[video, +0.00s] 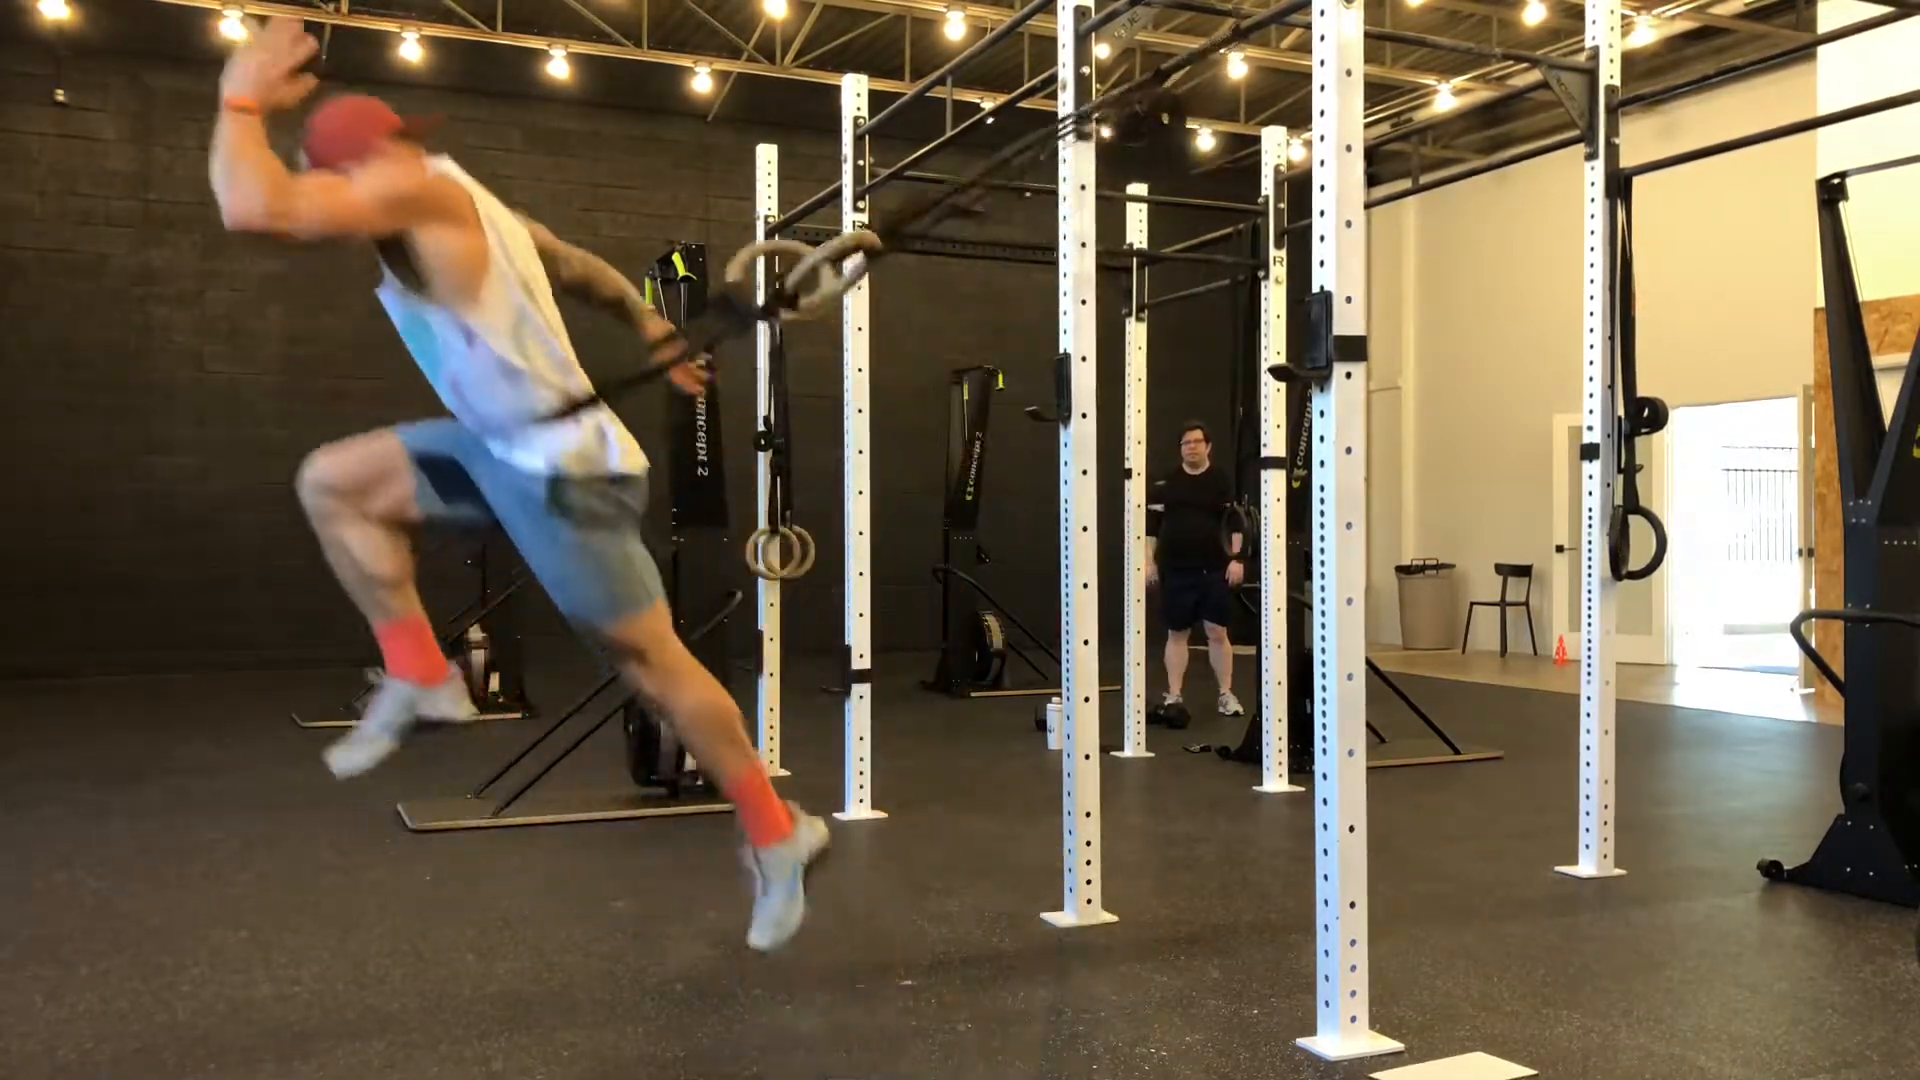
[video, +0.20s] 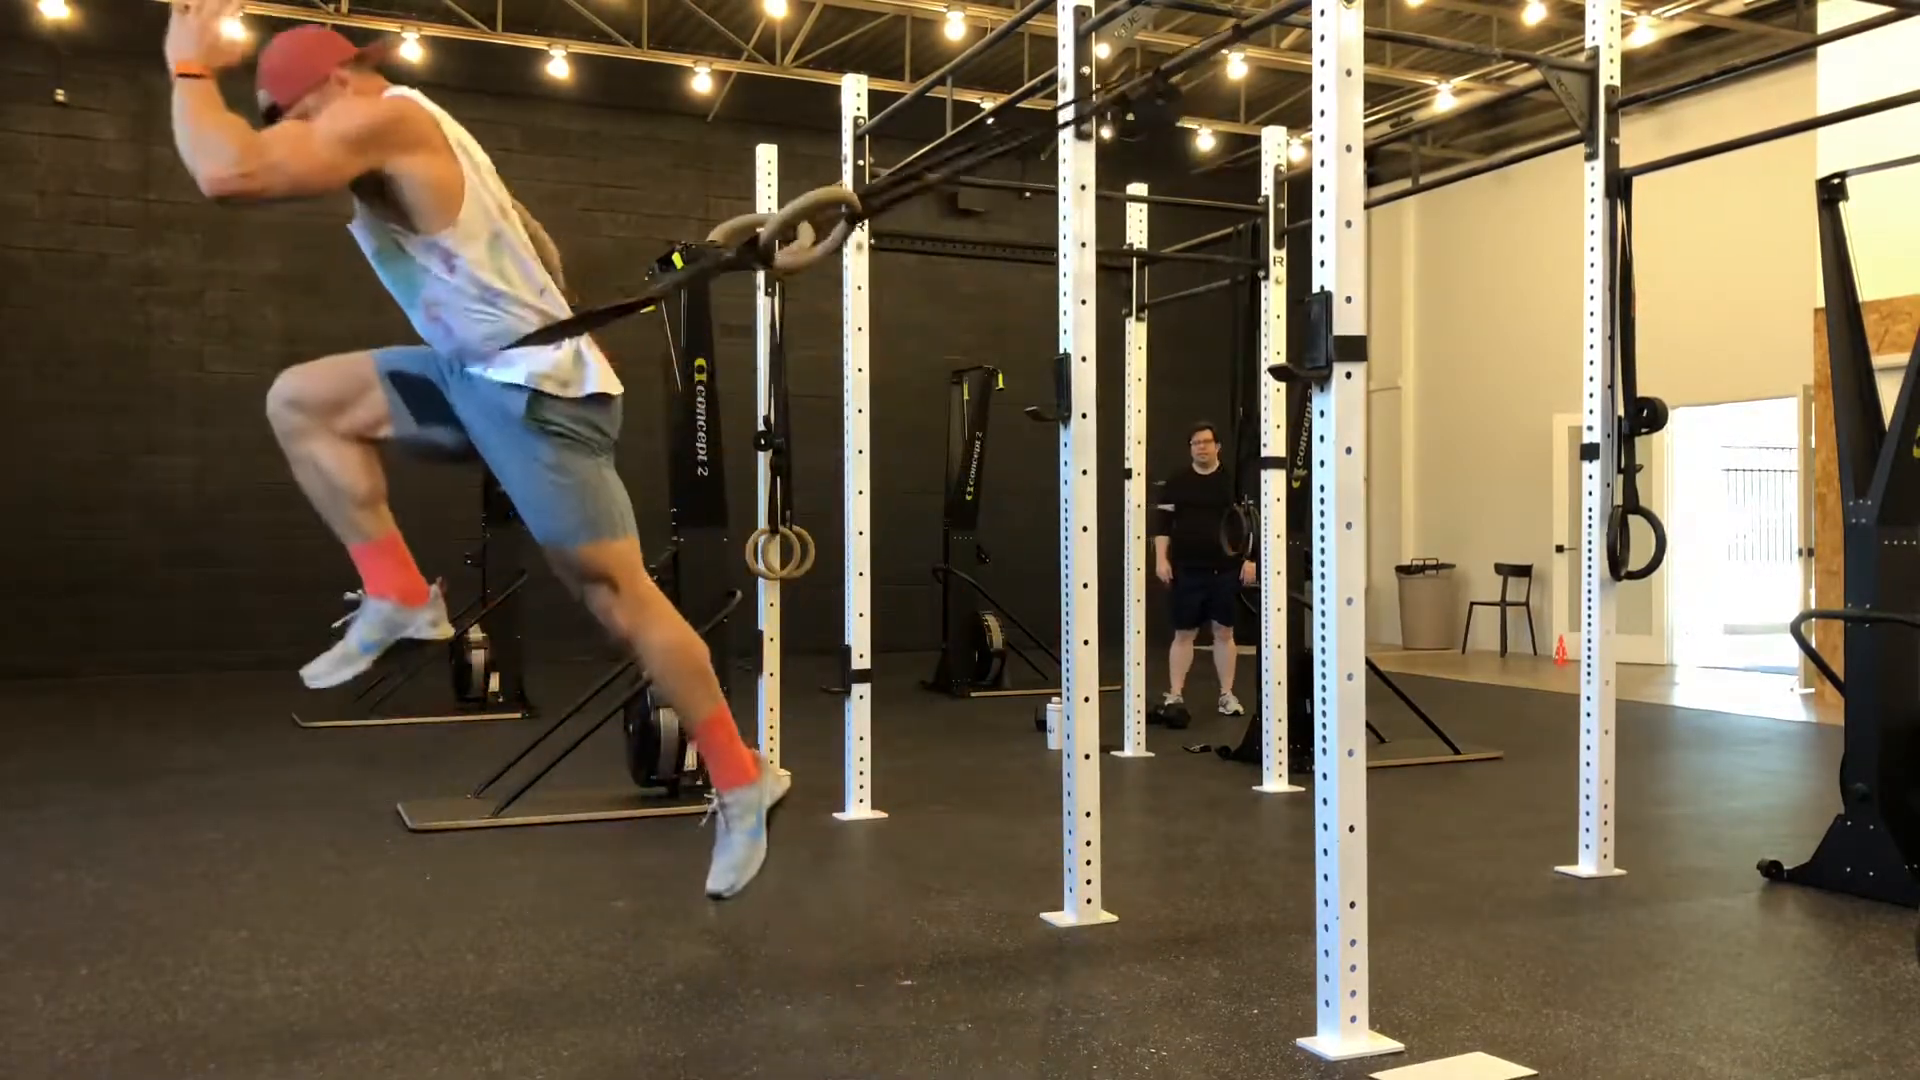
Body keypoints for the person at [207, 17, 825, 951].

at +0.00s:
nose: (343, 189)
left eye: (345, 172)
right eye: (339, 175)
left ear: (378, 152)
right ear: (387, 142)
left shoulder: (418, 185)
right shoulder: (449, 196)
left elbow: (254, 203)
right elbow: (573, 264)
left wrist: (240, 94)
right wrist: (651, 323)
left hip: (565, 464)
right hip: (500, 447)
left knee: (652, 659)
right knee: (333, 482)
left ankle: (778, 832)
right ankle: (420, 676)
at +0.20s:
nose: (299, 127)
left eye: (299, 109)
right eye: (293, 116)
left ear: (332, 82)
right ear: (346, 78)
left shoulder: (380, 115)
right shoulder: (404, 125)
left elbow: (226, 166)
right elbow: (532, 241)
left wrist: (187, 64)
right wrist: (539, 338)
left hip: (540, 382)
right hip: (476, 373)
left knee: (619, 596)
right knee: (301, 401)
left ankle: (743, 780)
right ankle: (399, 596)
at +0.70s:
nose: (511, 495)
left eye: (511, 477)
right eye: (502, 483)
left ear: (554, 446)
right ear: (543, 456)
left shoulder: (653, 485)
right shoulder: (570, 521)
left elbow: (771, 573)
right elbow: (565, 624)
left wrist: (721, 698)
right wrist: (510, 679)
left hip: (798, 646)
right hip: (790, 650)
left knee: (692, 825)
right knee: (843, 829)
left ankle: (837, 956)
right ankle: (1021, 863)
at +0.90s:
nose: (602, 571)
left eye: (601, 555)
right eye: (594, 561)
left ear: (635, 522)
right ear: (627, 532)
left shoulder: (730, 539)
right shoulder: (672, 594)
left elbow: (874, 561)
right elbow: (664, 682)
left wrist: (960, 656)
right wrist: (586, 659)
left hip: (889, 676)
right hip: (876, 683)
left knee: (732, 801)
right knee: (962, 839)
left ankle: (846, 962)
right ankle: (1106, 904)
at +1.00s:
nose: (607, 558)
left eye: (604, 541)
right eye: (597, 548)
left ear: (641, 505)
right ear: (634, 514)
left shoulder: (731, 523)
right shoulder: (679, 581)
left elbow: (876, 535)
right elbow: (658, 664)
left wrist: (958, 631)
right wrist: (587, 643)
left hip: (894, 661)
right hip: (882, 667)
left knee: (749, 793)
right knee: (964, 827)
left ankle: (849, 964)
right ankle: (1102, 901)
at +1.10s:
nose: (603, 548)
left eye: (601, 531)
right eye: (593, 539)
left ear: (637, 495)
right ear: (631, 505)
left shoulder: (725, 510)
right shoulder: (677, 574)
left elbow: (870, 507)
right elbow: (641, 651)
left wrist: (960, 598)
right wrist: (575, 621)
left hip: (893, 651)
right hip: (887, 654)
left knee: (754, 794)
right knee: (967, 817)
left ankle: (851, 967)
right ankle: (1100, 900)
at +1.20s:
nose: (597, 554)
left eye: (596, 537)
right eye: (588, 544)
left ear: (634, 503)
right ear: (626, 513)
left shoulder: (719, 517)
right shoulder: (668, 581)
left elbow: (861, 498)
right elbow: (626, 650)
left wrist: (961, 573)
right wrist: (563, 615)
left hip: (890, 659)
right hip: (888, 660)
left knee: (747, 798)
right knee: (963, 822)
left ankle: (850, 967)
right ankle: (1101, 900)